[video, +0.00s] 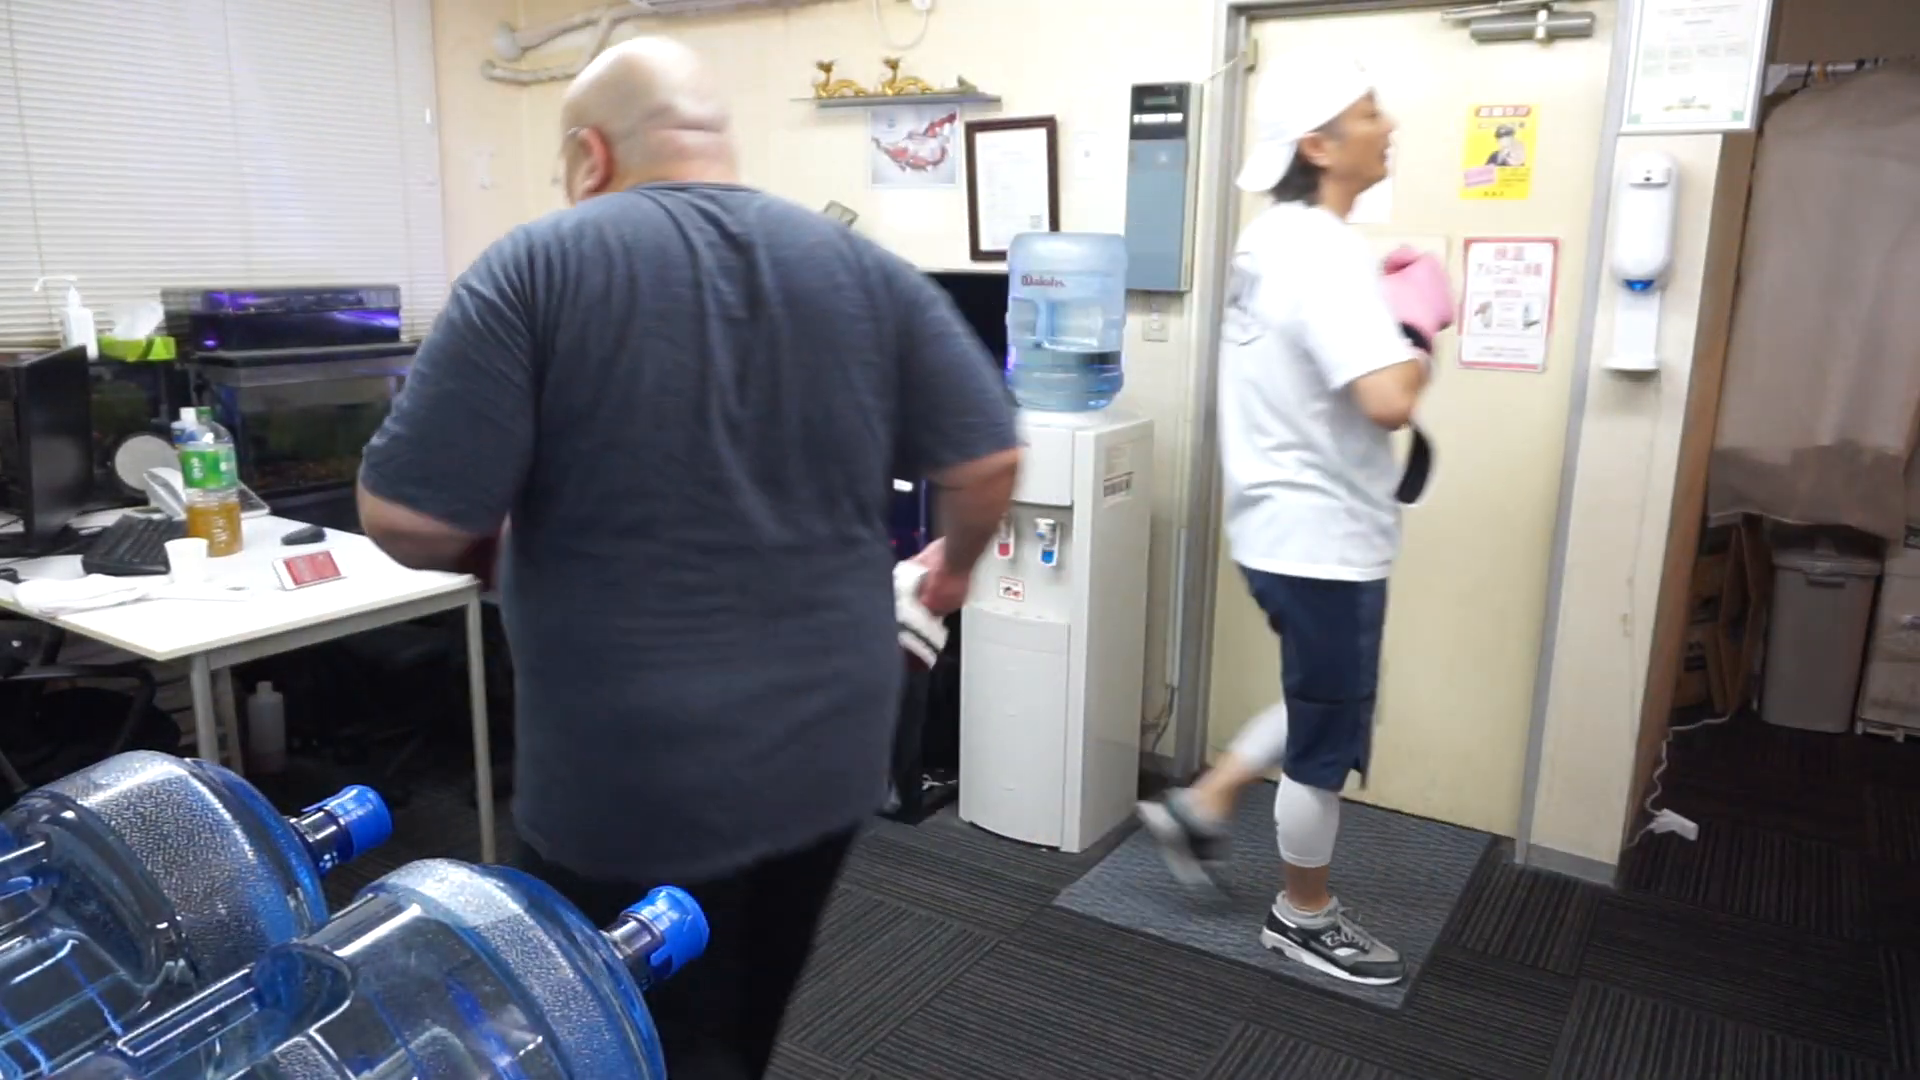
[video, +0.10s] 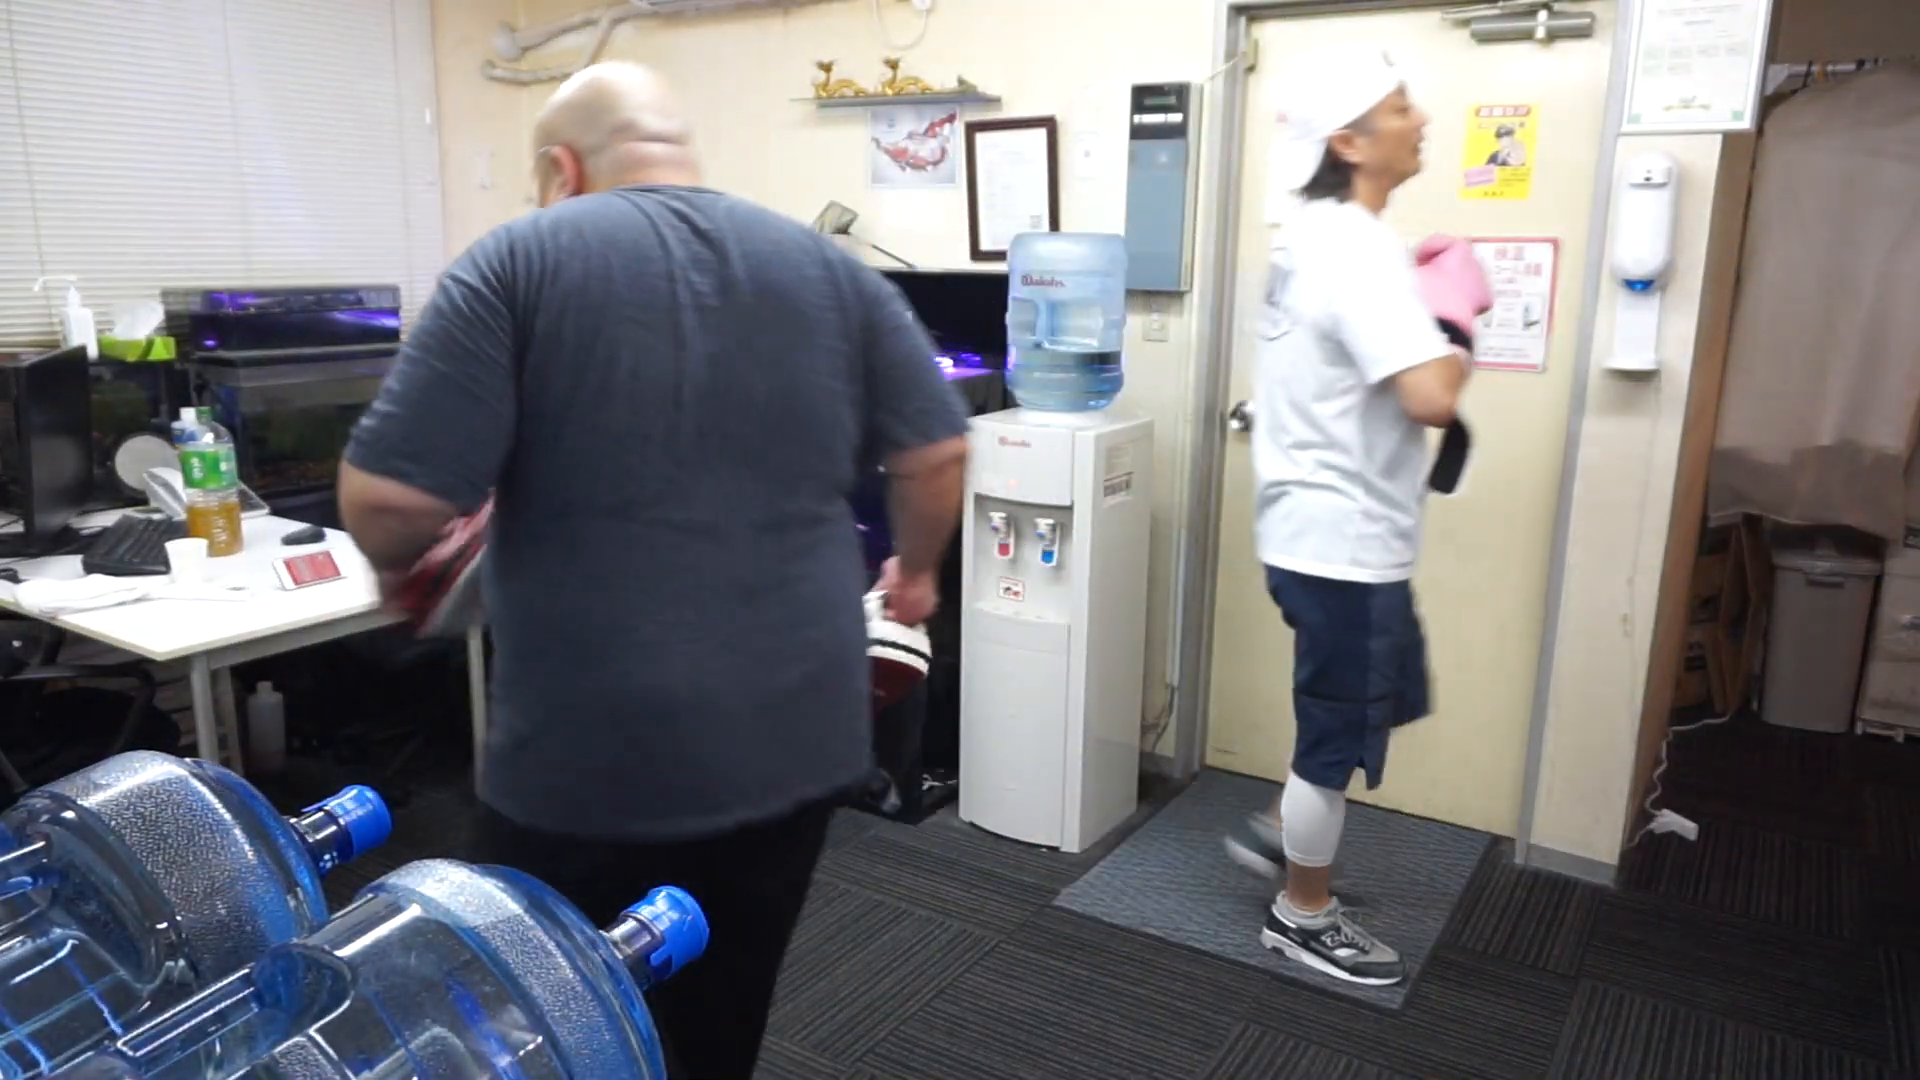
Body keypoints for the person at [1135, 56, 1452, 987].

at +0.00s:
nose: (1388, 126)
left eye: (1379, 111)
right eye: (1370, 117)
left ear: (1325, 149)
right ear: (1324, 148)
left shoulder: (1280, 237)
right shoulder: (1324, 252)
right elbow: (1388, 401)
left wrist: (1379, 302)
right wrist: (1423, 338)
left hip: (1280, 526)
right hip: (1321, 538)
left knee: (1321, 698)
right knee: (1329, 728)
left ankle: (1198, 809)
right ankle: (1303, 913)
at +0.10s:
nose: (1419, 119)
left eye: (1410, 104)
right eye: (1399, 110)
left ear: (1354, 143)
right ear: (1351, 141)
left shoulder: (1329, 234)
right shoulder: (1353, 247)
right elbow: (1433, 400)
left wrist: (1431, 316)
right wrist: (1458, 334)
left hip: (1337, 531)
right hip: (1337, 542)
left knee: (1391, 694)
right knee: (1334, 733)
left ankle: (1287, 826)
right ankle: (1302, 913)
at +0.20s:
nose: (1447, 116)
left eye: (1437, 102)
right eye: (1426, 108)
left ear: (1389, 147)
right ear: (1379, 144)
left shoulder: (1382, 237)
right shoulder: (1376, 249)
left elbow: (1430, 377)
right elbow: (1462, 400)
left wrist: (1473, 312)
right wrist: (1490, 322)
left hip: (1387, 538)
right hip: (1358, 545)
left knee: (1415, 703)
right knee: (1345, 731)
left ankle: (1406, 863)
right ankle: (1301, 908)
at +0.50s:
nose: (1536, 123)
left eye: (1527, 109)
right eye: (1513, 115)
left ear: (1479, 152)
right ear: (1463, 152)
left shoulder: (1493, 248)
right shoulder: (1459, 251)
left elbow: (1527, 375)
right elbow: (1539, 398)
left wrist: (1569, 309)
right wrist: (1586, 325)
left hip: (1507, 546)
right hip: (1464, 552)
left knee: (1496, 738)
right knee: (1474, 752)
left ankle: (1476, 898)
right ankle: (1326, 892)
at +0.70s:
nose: (1593, 118)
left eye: (1586, 103)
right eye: (1567, 111)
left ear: (1553, 146)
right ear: (1514, 149)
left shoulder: (1561, 248)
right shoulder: (1508, 248)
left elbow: (1585, 373)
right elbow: (1578, 390)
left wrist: (1635, 315)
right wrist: (1641, 320)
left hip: (1544, 543)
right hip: (1509, 547)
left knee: (1502, 732)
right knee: (1582, 755)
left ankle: (1486, 901)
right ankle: (1451, 897)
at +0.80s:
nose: (1617, 117)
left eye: (1611, 101)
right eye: (1592, 110)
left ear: (1586, 142)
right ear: (1539, 149)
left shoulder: (1597, 247)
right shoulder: (1522, 255)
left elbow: (1607, 375)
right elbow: (1594, 394)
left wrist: (1666, 321)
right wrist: (1668, 314)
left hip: (1571, 548)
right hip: (1526, 553)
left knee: (1514, 726)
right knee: (1574, 758)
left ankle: (1476, 891)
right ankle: (1535, 959)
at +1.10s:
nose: (1678, 128)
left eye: (1676, 110)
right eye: (1649, 122)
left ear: (1688, 129)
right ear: (1596, 165)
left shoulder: (1713, 253)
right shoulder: (1575, 278)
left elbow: (1744, 391)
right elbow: (1605, 433)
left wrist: (1781, 324)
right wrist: (1719, 365)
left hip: (1674, 571)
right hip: (1595, 576)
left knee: (1584, 753)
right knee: (1606, 796)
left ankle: (1484, 888)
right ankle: (1619, 1004)